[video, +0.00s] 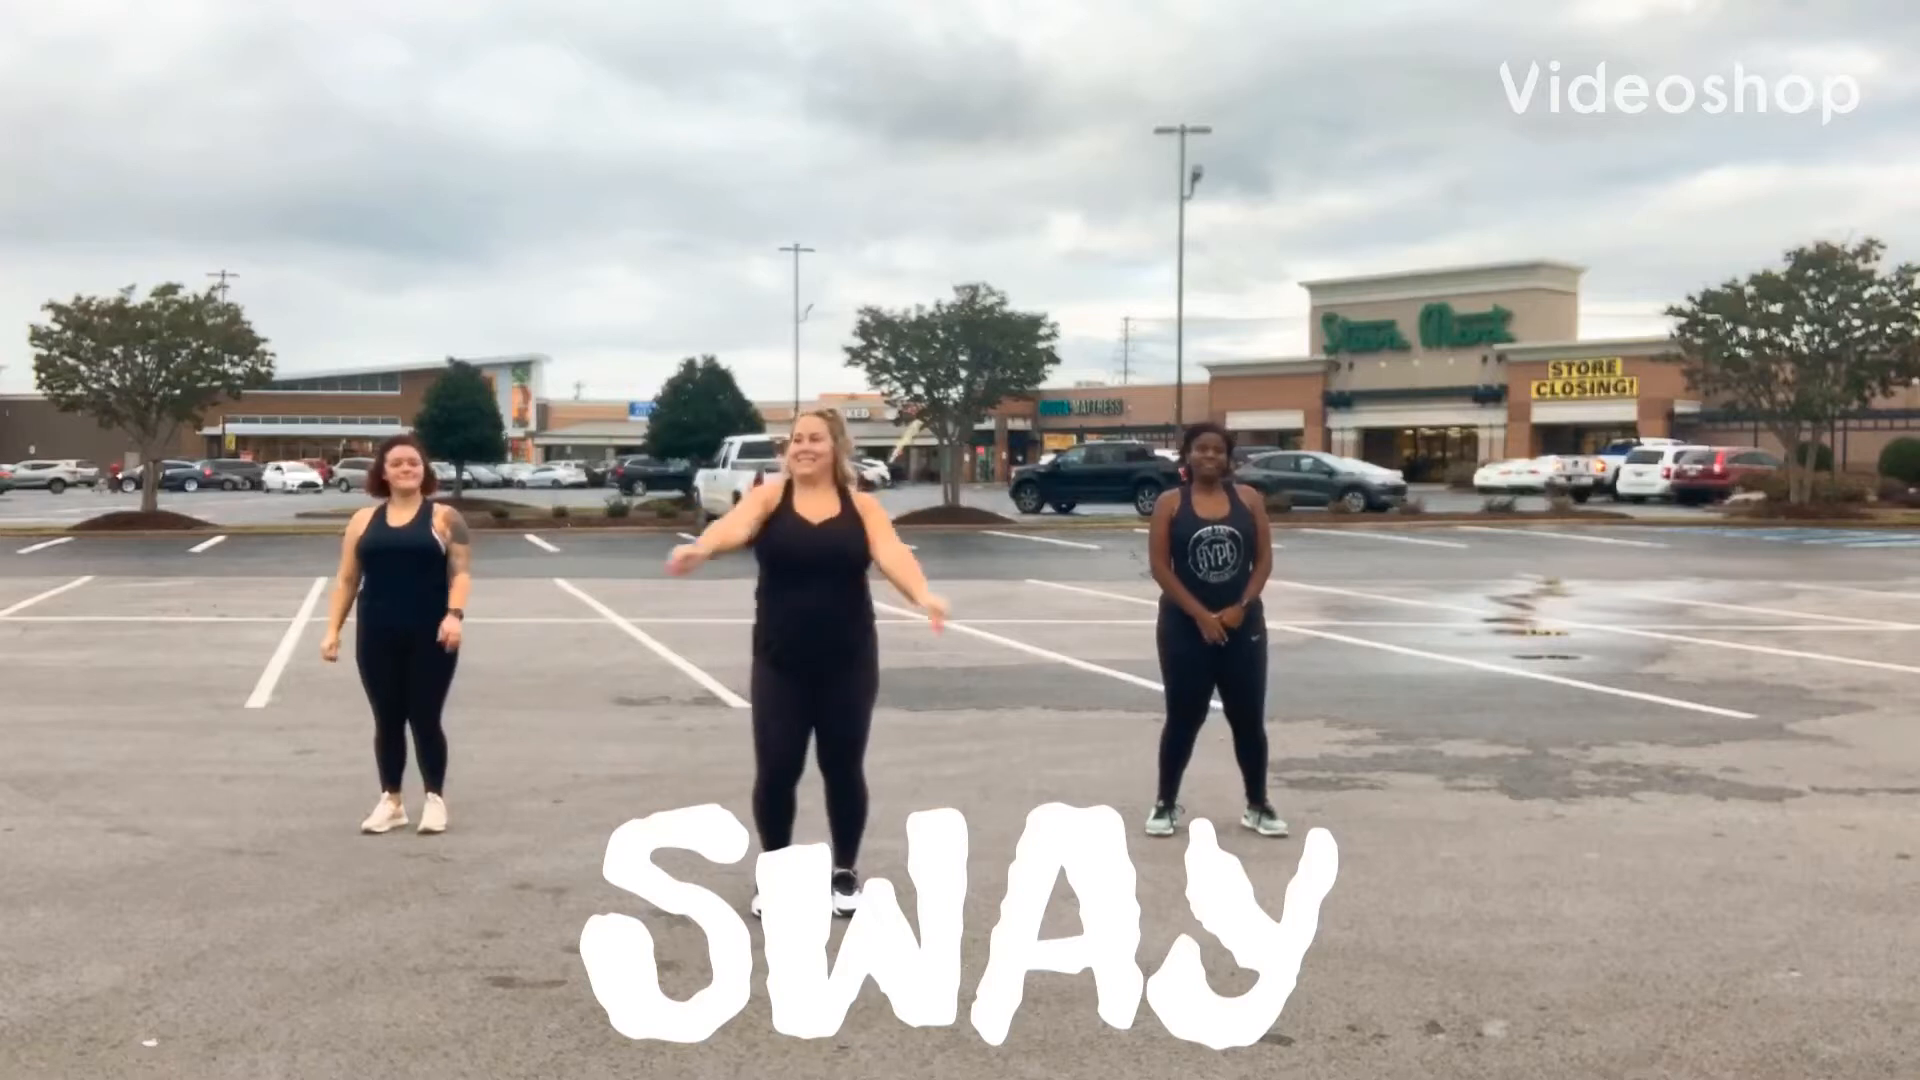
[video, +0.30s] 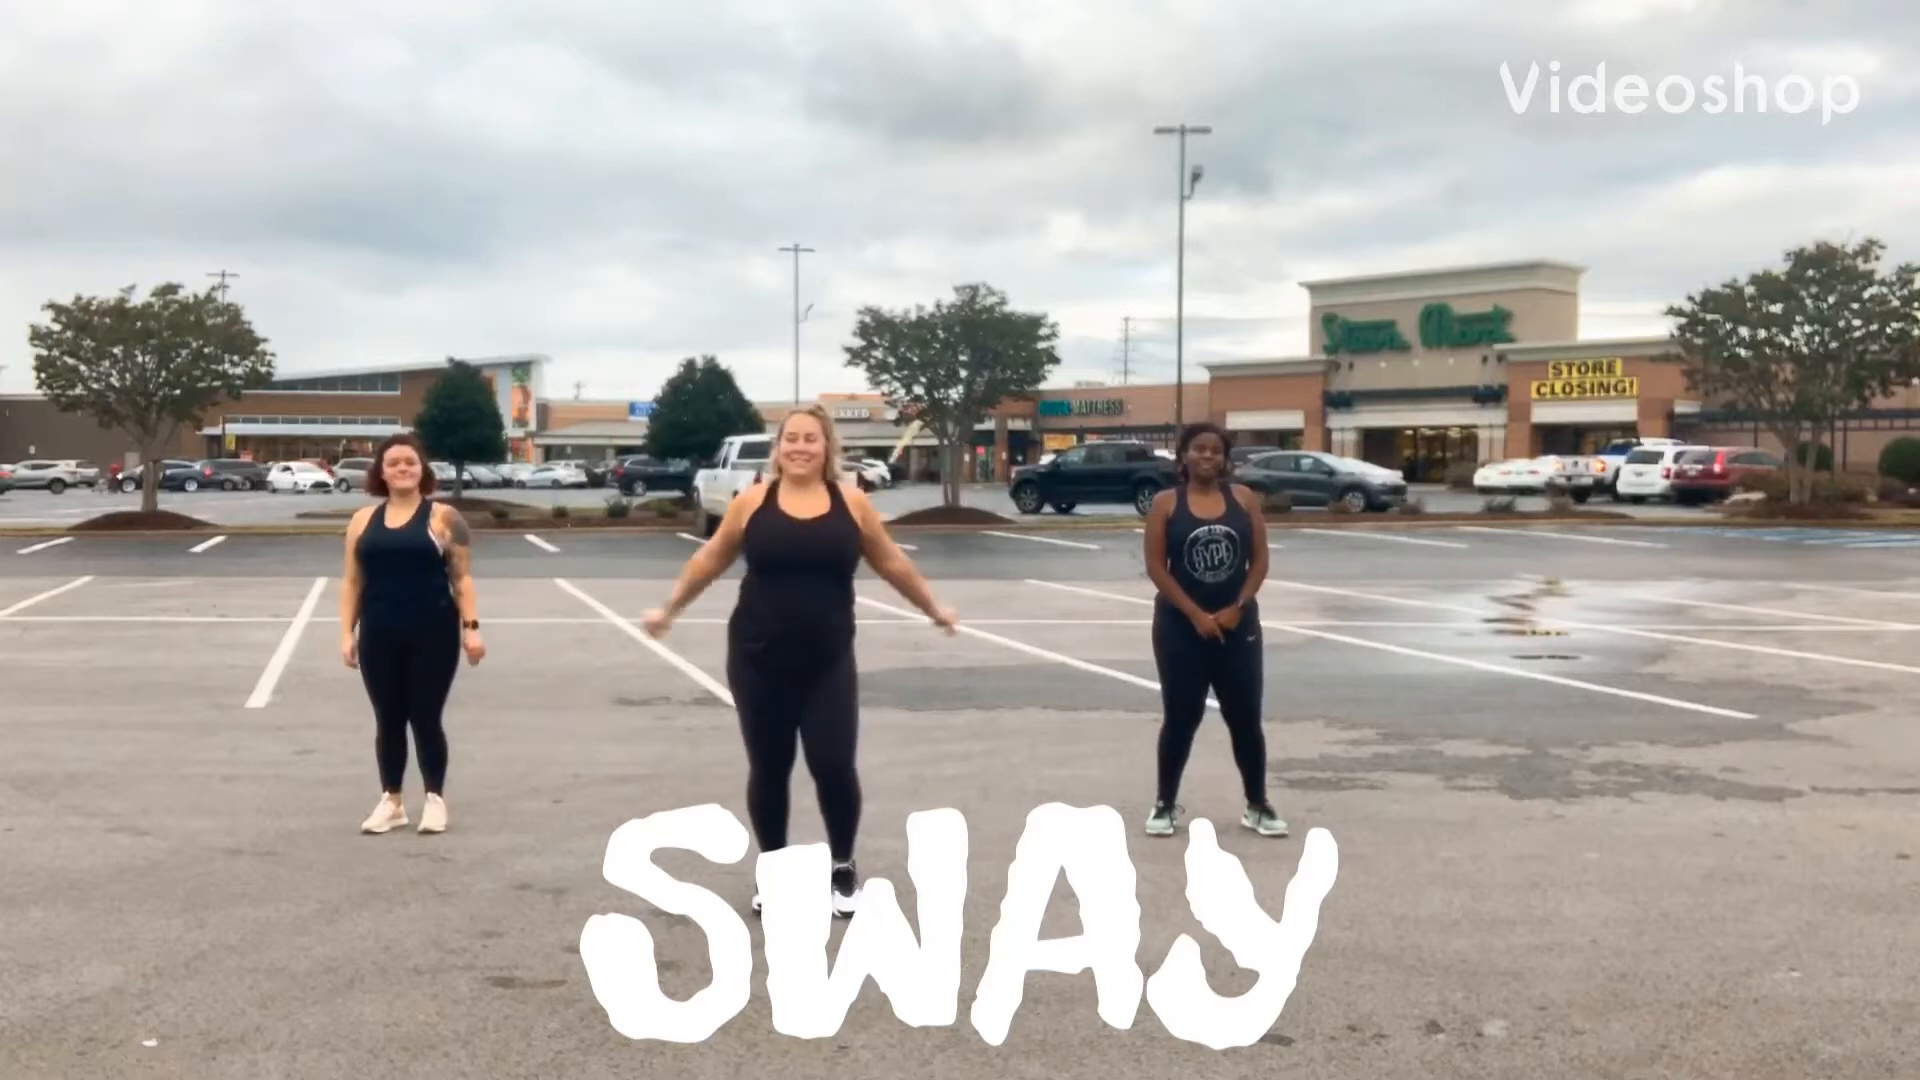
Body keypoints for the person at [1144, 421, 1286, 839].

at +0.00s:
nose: (1209, 456)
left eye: (1216, 450)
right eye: (1201, 449)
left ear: (1228, 458)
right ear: (1187, 457)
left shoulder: (1249, 498)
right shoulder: (1170, 503)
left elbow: (1264, 561)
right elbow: (1159, 567)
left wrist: (1242, 606)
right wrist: (1201, 615)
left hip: (1242, 623)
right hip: (1184, 625)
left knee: (1249, 721)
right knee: (1183, 719)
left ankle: (1258, 805)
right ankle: (1165, 804)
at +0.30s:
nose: (1207, 457)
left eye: (1215, 451)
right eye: (1199, 450)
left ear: (1225, 458)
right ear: (1183, 456)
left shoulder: (1244, 499)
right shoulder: (1166, 504)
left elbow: (1261, 561)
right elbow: (1155, 567)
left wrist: (1238, 606)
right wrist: (1196, 614)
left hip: (1237, 623)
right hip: (1180, 625)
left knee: (1247, 721)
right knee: (1180, 719)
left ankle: (1257, 805)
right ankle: (1165, 805)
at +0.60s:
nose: (1206, 456)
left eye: (1214, 451)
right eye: (1198, 449)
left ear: (1223, 459)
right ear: (1182, 456)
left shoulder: (1238, 500)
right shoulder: (1163, 501)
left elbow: (1254, 563)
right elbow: (1150, 566)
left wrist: (1232, 605)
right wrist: (1189, 610)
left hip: (1235, 622)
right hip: (1178, 624)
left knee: (1244, 719)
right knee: (1182, 719)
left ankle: (1257, 805)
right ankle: (1165, 806)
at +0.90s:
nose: (1201, 457)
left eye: (1209, 451)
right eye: (1194, 450)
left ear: (1219, 460)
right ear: (1178, 457)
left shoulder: (1233, 502)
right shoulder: (1160, 504)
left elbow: (1249, 564)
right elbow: (1147, 568)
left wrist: (1229, 607)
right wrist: (1186, 613)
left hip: (1229, 623)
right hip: (1173, 626)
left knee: (1247, 717)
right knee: (1178, 719)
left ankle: (1257, 806)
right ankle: (1164, 805)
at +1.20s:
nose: (1199, 458)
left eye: (1207, 453)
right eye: (1192, 451)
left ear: (1216, 462)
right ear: (1176, 459)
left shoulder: (1232, 503)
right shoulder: (1158, 508)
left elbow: (1249, 566)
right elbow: (1146, 573)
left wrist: (1228, 611)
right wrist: (1186, 619)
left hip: (1226, 624)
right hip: (1171, 627)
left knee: (1250, 716)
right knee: (1176, 718)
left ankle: (1257, 806)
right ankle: (1164, 806)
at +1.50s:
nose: (1209, 456)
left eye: (1216, 451)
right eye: (1201, 449)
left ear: (1226, 460)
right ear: (1185, 457)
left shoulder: (1240, 502)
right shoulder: (1164, 505)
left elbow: (1258, 562)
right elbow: (1151, 570)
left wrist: (1273, 615)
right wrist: (1158, 626)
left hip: (1234, 625)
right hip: (1179, 627)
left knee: (1247, 717)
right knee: (1177, 717)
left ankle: (1257, 805)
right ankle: (1164, 805)